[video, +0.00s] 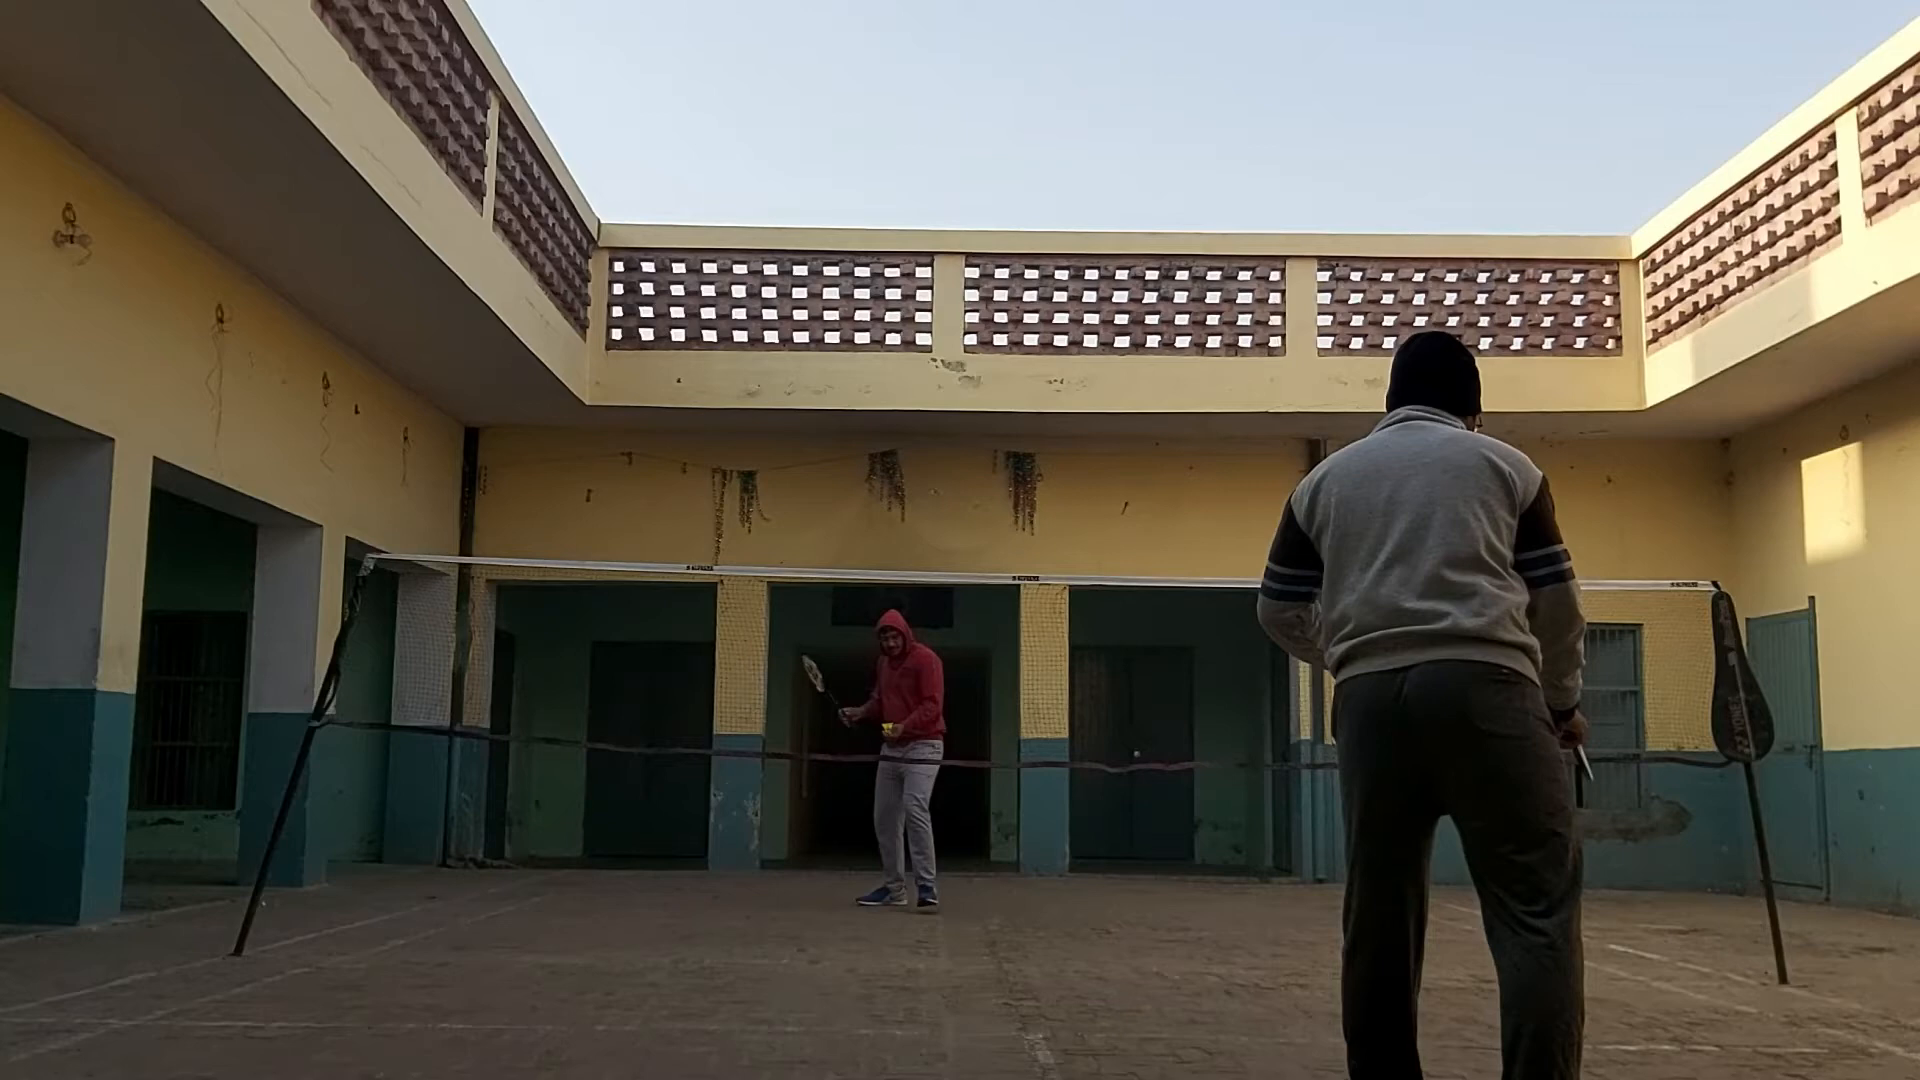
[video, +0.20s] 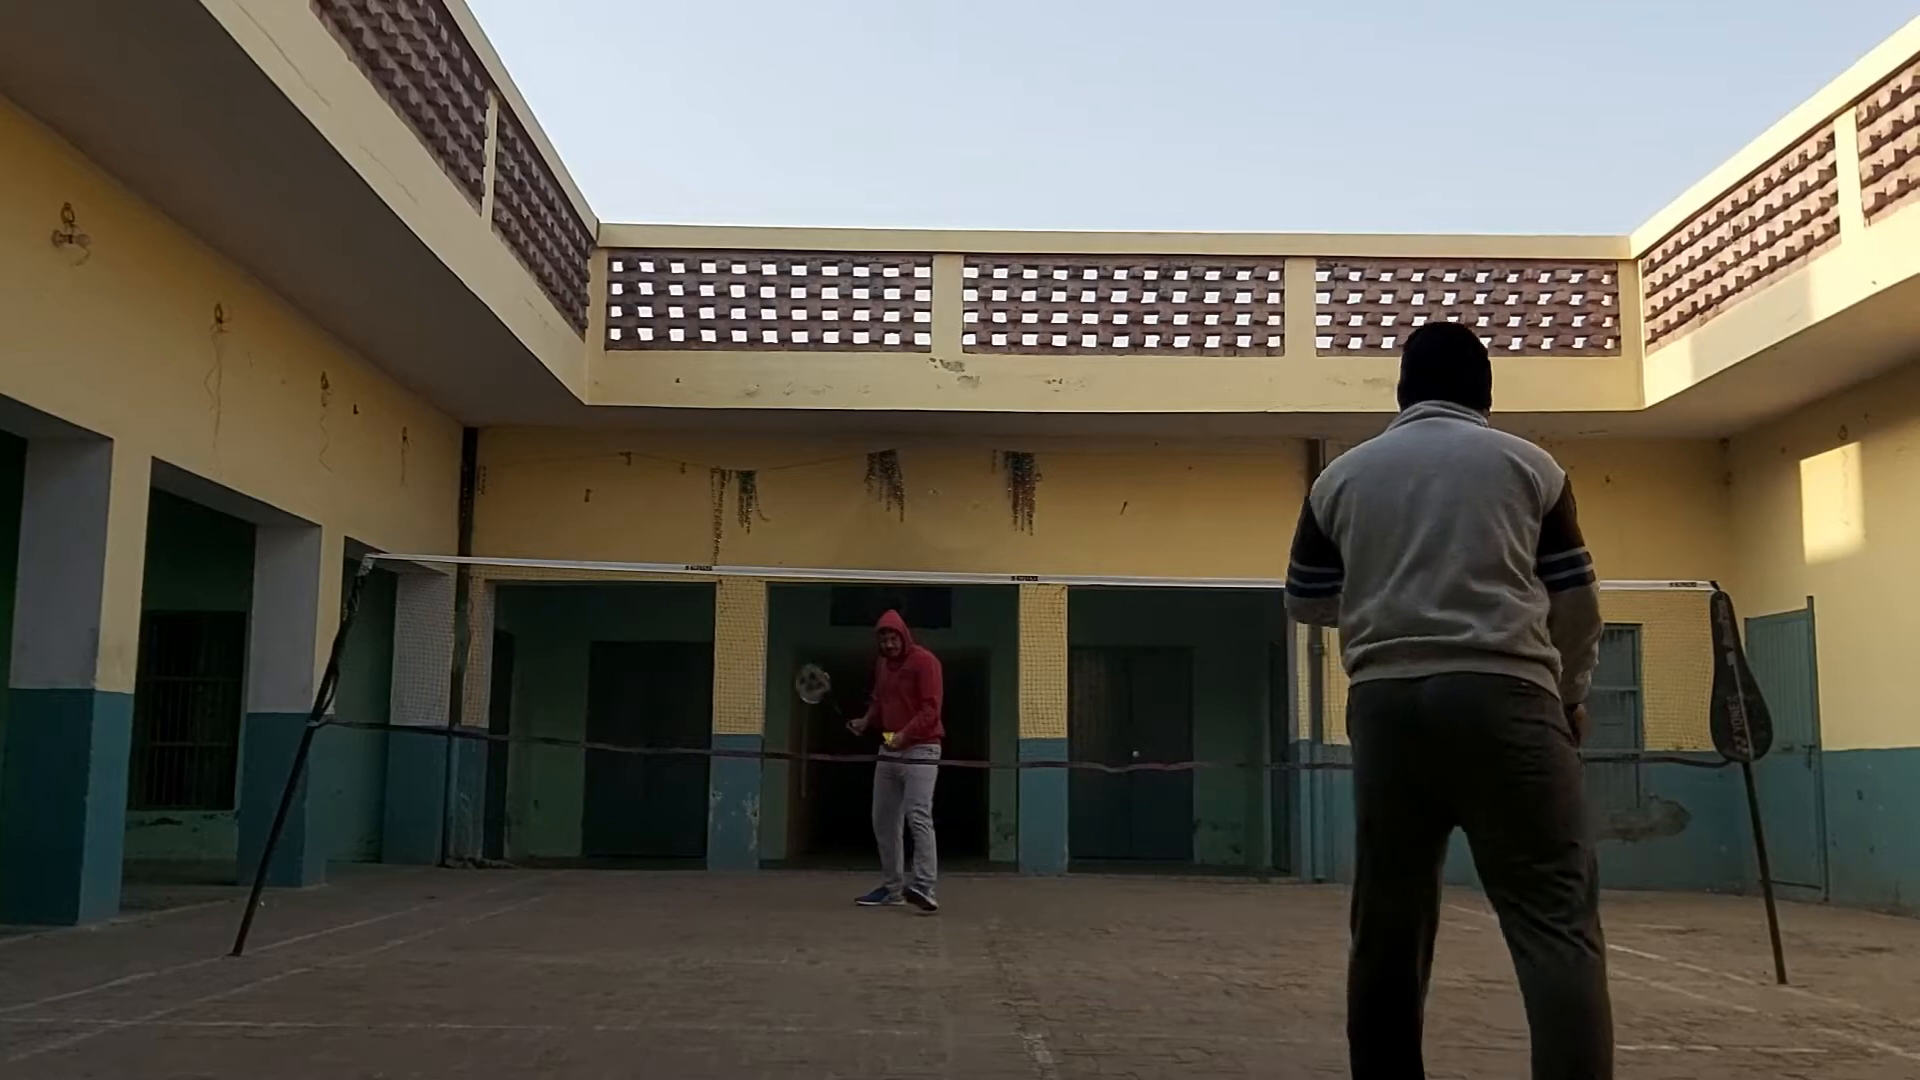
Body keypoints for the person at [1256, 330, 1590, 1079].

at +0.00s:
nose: (1478, 414)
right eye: (1478, 404)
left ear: (1390, 398)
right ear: (1470, 404)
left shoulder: (1323, 480)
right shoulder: (1508, 467)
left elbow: (1281, 609)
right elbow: (1557, 602)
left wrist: (1354, 656)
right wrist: (1563, 700)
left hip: (1371, 703)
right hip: (1491, 698)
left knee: (1380, 905)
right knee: (1534, 908)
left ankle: (1382, 1079)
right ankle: (1541, 1075)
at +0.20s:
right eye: (1485, 390)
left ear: (1401, 391)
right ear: (1485, 392)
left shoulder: (1342, 474)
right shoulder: (1530, 464)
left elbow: (1310, 601)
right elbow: (1575, 603)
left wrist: (1394, 607)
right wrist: (1569, 692)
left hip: (1386, 712)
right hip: (1508, 708)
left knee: (1389, 919)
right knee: (1555, 919)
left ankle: (1383, 1077)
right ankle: (1575, 1078)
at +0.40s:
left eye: (1443, 378)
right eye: (1526, 370)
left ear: (1441, 385)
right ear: (1527, 379)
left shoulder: (1392, 467)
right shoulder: (1596, 468)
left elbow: (1342, 582)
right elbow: (1643, 619)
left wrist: (1424, 526)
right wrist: (1589, 670)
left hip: (1420, 722)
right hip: (1551, 722)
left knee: (1404, 931)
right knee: (1569, 945)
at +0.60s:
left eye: (1450, 362)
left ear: (1451, 371)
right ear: (1541, 365)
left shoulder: (1406, 451)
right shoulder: (1618, 457)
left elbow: (1356, 549)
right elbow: (1665, 603)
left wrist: (1439, 439)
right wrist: (1590, 654)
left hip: (1443, 716)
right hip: (1576, 715)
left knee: (1408, 928)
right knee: (1578, 945)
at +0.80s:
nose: (1441, 374)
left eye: (1442, 362)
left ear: (1446, 370)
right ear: (1534, 364)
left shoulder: (1400, 450)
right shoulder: (1608, 457)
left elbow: (1356, 549)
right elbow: (1659, 599)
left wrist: (1439, 434)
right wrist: (1591, 652)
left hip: (1438, 718)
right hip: (1571, 717)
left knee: (1403, 930)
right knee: (1575, 946)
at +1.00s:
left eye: (1435, 370)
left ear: (1439, 377)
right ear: (1526, 377)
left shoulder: (1389, 468)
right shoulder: (1594, 463)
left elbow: (1334, 595)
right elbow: (1648, 603)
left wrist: (1420, 550)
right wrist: (1597, 675)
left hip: (1423, 720)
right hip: (1556, 716)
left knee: (1399, 929)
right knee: (1570, 941)